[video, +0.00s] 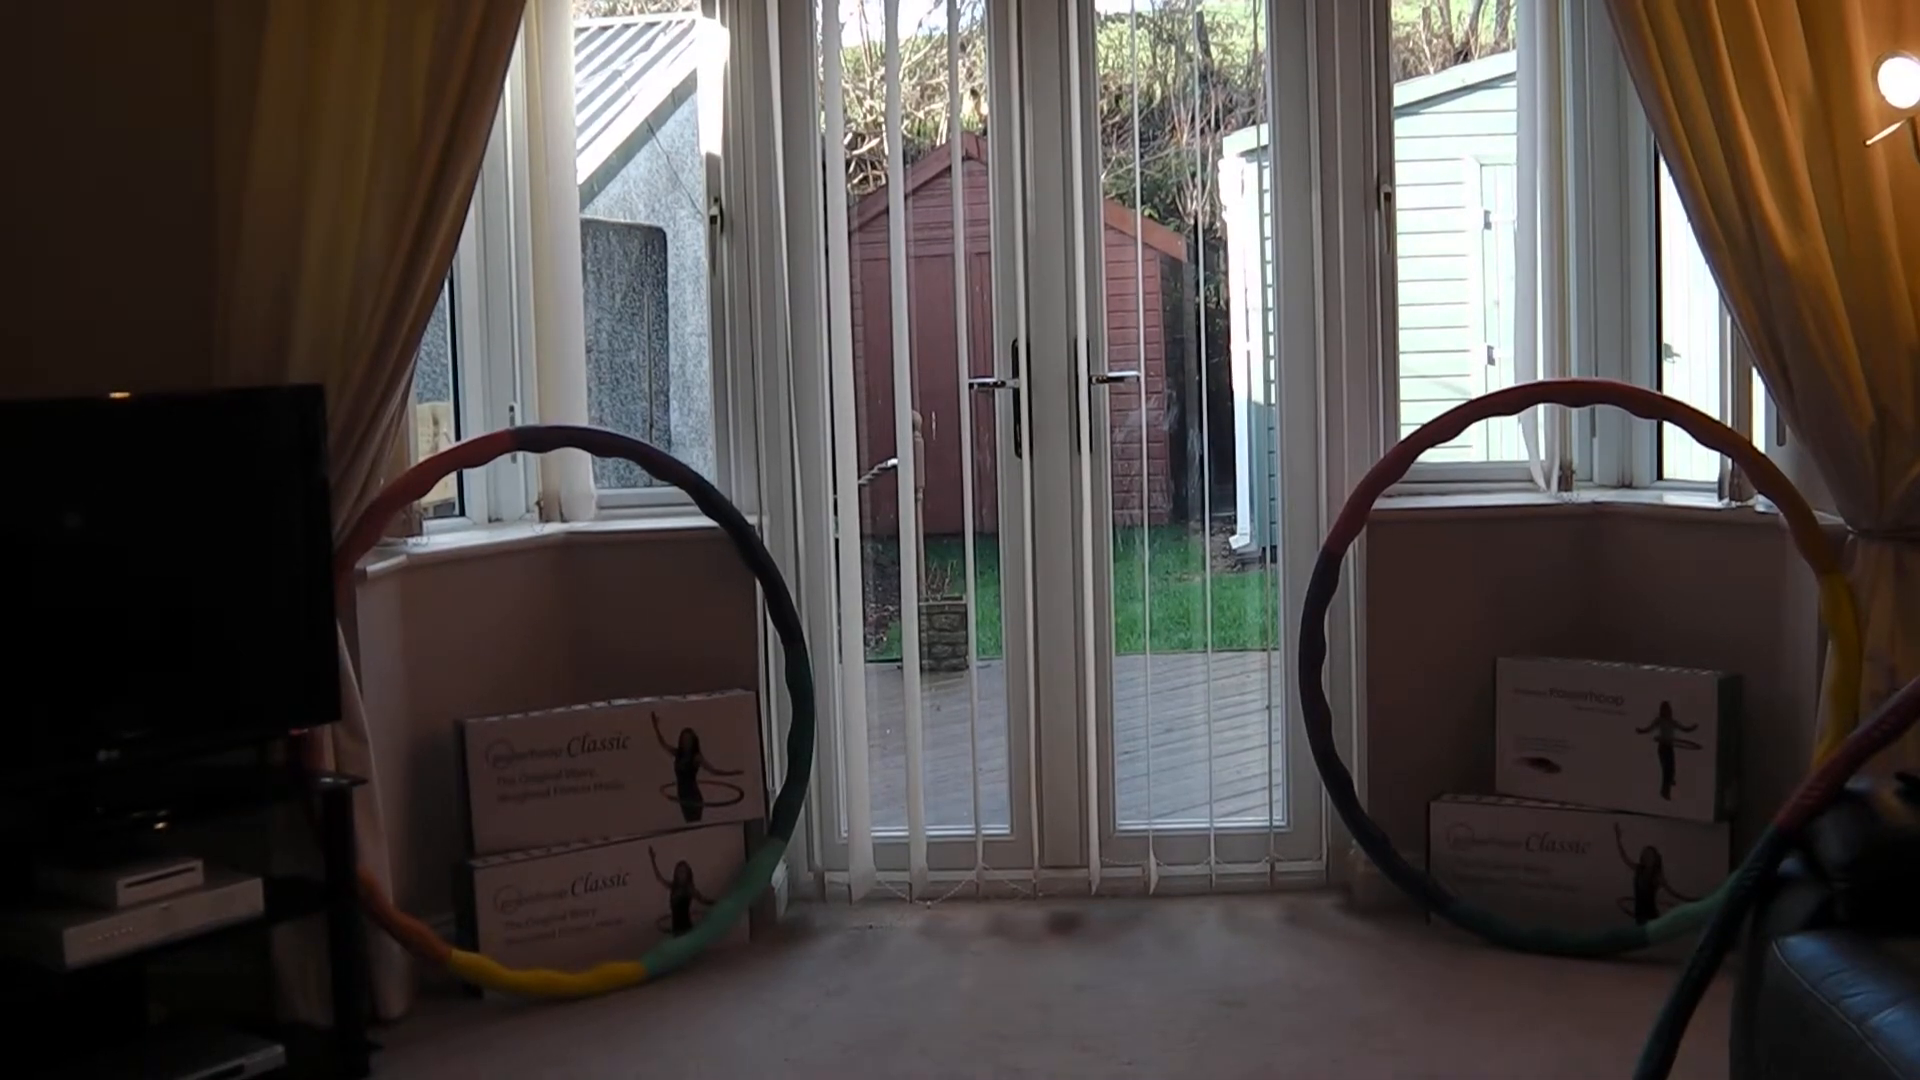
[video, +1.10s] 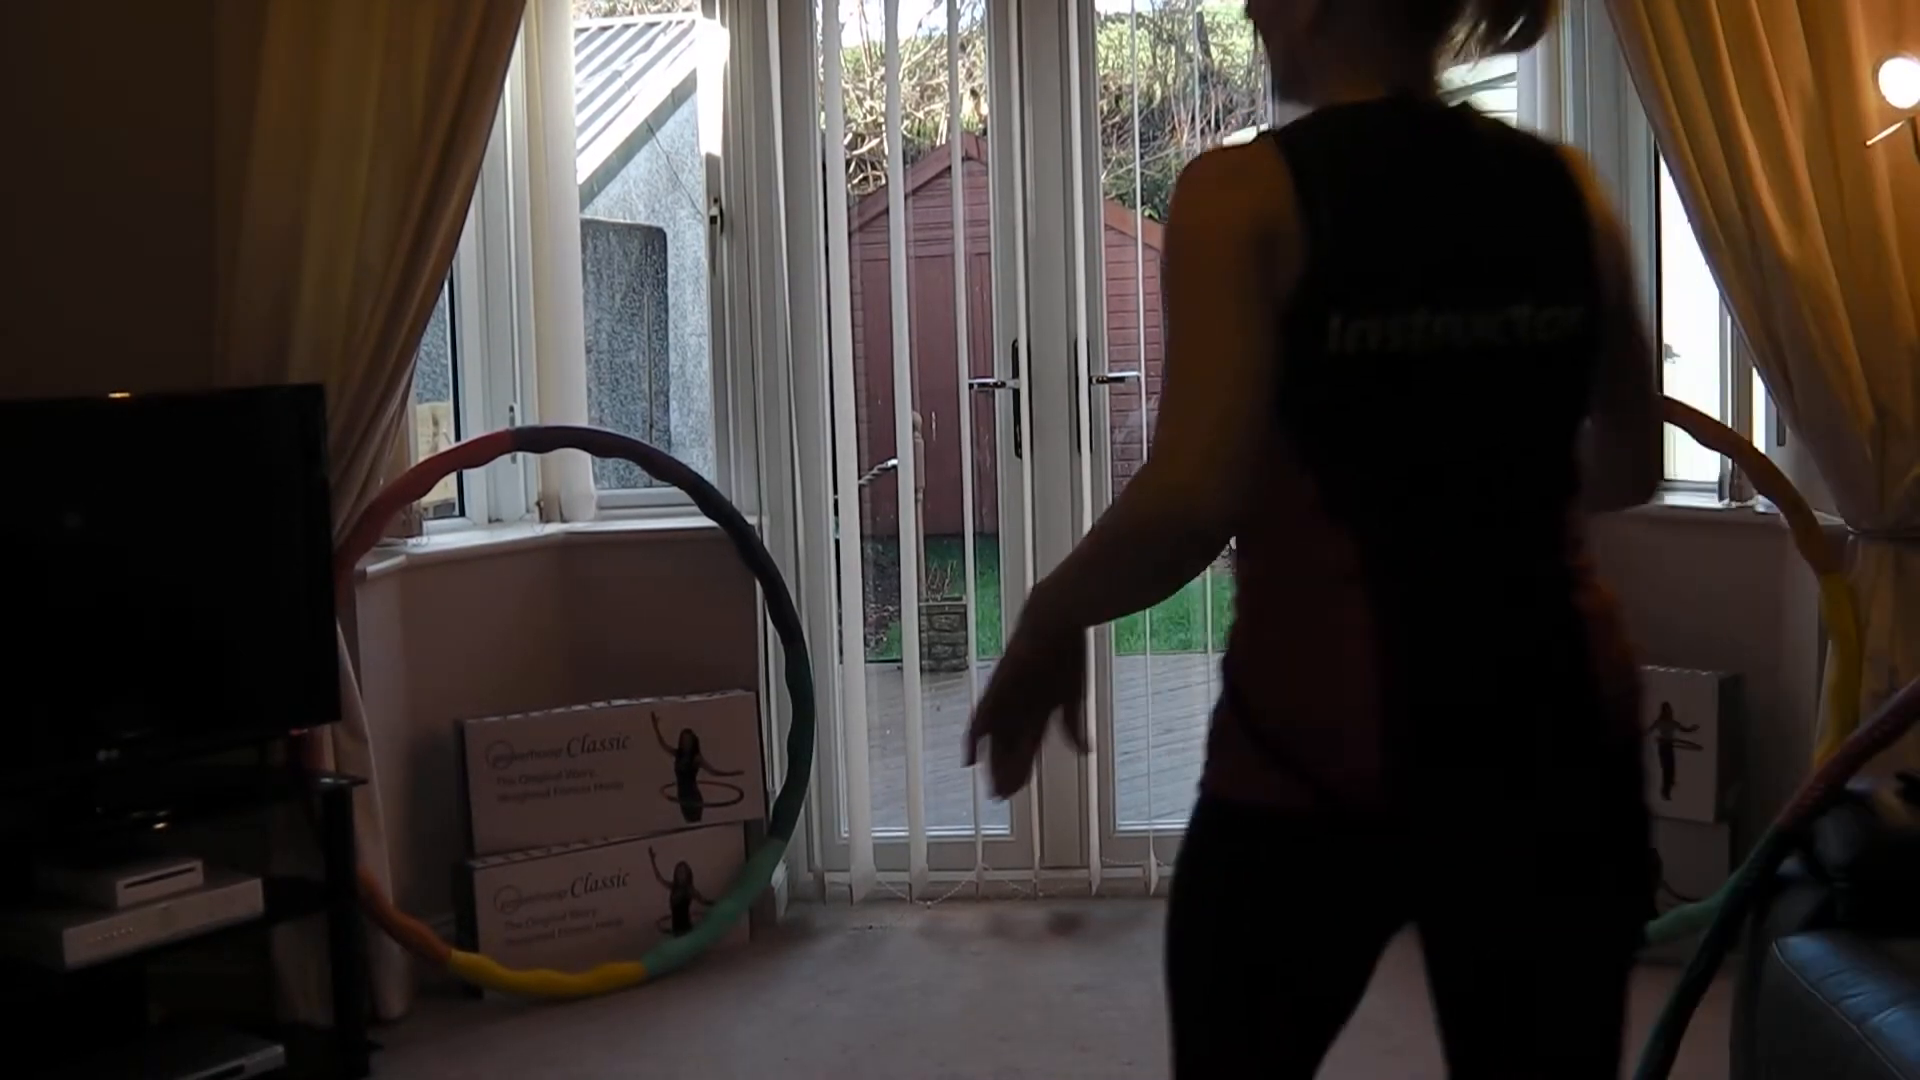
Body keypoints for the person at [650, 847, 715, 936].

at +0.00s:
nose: (681, 874)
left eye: (684, 871)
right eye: (679, 871)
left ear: (688, 873)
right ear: (675, 873)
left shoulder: (690, 889)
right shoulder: (673, 887)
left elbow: (703, 900)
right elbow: (659, 878)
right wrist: (653, 860)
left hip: (686, 924)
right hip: (675, 925)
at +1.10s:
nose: (681, 874)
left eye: (683, 871)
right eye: (679, 871)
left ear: (688, 873)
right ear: (675, 873)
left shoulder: (690, 889)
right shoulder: (673, 887)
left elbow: (702, 901)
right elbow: (659, 878)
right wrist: (652, 860)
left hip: (686, 926)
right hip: (675, 925)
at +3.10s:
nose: (681, 876)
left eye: (683, 873)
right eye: (678, 873)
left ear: (688, 874)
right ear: (675, 874)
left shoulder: (690, 889)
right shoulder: (673, 887)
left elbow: (703, 902)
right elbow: (658, 878)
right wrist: (652, 861)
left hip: (686, 924)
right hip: (675, 924)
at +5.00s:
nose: (681, 874)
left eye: (683, 872)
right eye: (678, 872)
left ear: (688, 874)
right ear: (675, 874)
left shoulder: (690, 889)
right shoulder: (673, 887)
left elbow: (703, 902)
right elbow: (659, 878)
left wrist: (717, 904)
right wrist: (652, 860)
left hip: (686, 924)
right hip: (675, 924)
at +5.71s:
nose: (681, 875)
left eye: (683, 872)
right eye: (679, 872)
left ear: (688, 874)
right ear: (675, 874)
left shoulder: (690, 889)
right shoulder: (673, 887)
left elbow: (703, 902)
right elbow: (659, 878)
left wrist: (718, 903)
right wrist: (652, 861)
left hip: (686, 924)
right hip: (675, 924)